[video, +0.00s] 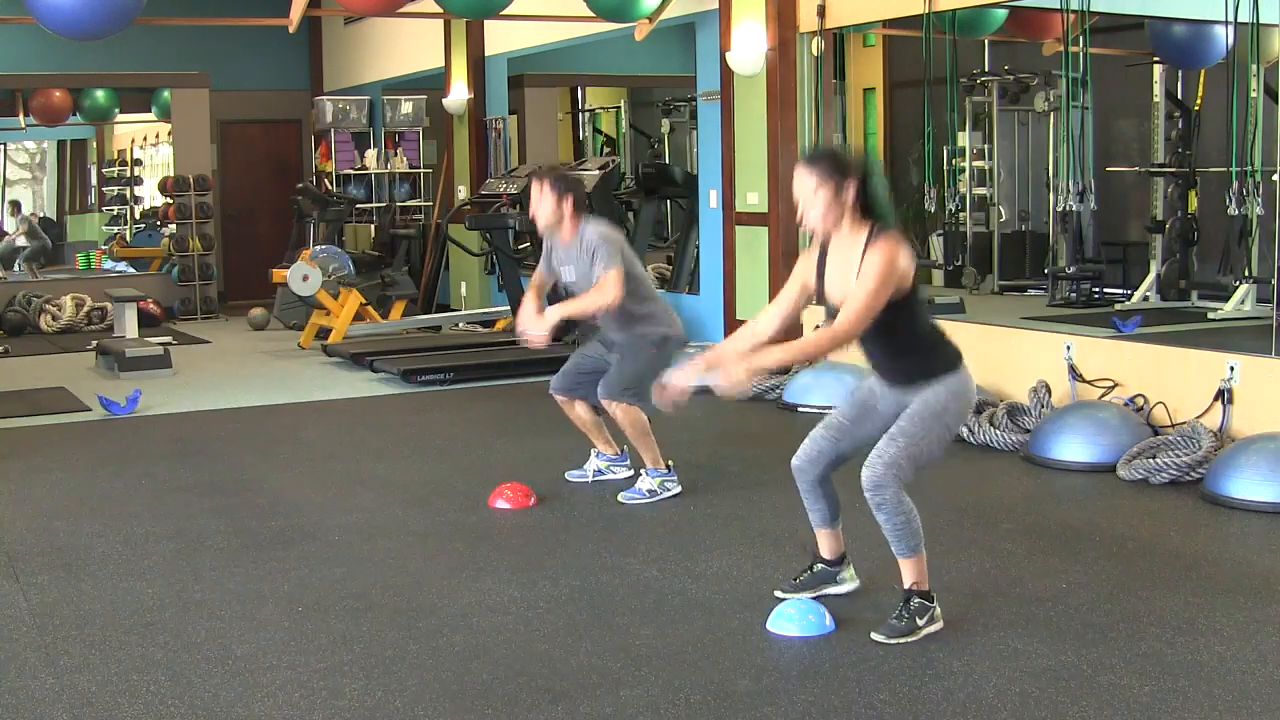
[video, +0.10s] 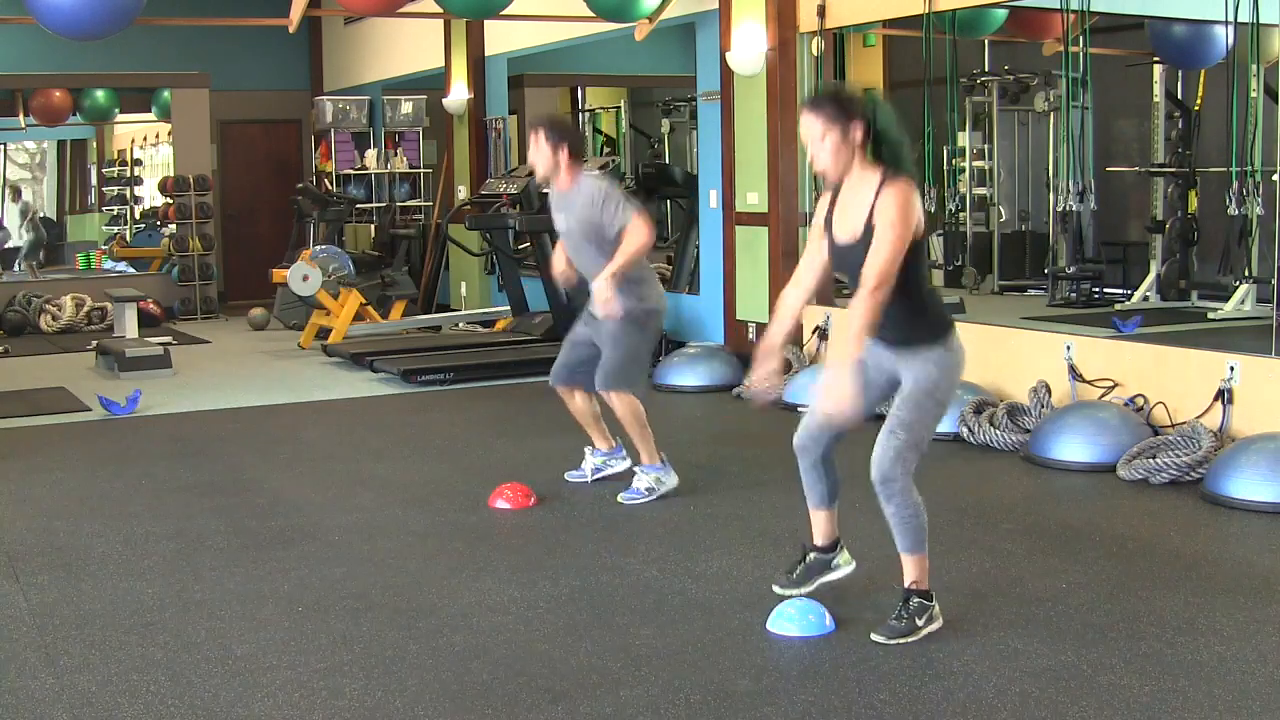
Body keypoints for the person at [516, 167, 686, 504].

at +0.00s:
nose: (532, 209)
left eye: (539, 200)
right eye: (532, 200)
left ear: (566, 203)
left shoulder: (600, 236)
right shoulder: (553, 240)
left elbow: (611, 293)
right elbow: (538, 285)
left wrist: (554, 314)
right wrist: (530, 314)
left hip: (652, 333)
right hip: (612, 335)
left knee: (615, 395)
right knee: (565, 390)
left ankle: (660, 473)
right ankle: (611, 458)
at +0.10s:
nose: (530, 159)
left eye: (536, 149)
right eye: (530, 149)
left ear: (560, 151)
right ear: (555, 153)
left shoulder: (597, 188)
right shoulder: (557, 192)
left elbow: (642, 230)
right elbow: (578, 228)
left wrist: (608, 275)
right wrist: (563, 253)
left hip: (635, 303)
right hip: (599, 302)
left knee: (614, 385)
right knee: (567, 380)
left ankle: (656, 468)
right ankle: (607, 451)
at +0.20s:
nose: (530, 120)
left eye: (534, 111)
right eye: (529, 111)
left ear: (560, 113)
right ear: (557, 114)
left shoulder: (601, 150)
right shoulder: (563, 156)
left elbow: (657, 186)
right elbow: (598, 205)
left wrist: (633, 235)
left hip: (619, 279)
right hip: (587, 278)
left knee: (600, 362)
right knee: (571, 364)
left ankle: (632, 451)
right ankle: (602, 443)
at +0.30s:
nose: (532, 108)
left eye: (537, 100)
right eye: (531, 100)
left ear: (562, 102)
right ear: (559, 103)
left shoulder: (606, 138)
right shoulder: (560, 144)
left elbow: (659, 179)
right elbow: (580, 190)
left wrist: (636, 225)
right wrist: (570, 221)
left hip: (615, 265)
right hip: (584, 262)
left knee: (582, 351)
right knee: (578, 353)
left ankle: (582, 444)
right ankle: (606, 440)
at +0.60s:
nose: (545, 109)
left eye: (551, 100)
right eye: (544, 101)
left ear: (579, 101)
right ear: (565, 103)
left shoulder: (611, 141)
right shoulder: (563, 147)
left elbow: (647, 192)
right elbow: (568, 193)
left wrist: (590, 206)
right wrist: (540, 199)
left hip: (613, 272)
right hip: (583, 273)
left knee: (581, 357)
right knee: (582, 359)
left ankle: (579, 451)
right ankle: (609, 447)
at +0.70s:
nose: (544, 111)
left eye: (549, 102)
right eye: (542, 103)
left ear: (578, 102)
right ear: (565, 105)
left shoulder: (613, 140)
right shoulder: (566, 146)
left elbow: (637, 195)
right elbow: (578, 196)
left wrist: (573, 199)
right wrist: (545, 199)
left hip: (622, 273)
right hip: (591, 274)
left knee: (597, 359)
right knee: (577, 361)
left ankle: (618, 454)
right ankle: (601, 446)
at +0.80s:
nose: (541, 141)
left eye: (547, 131)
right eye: (540, 132)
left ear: (575, 129)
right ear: (559, 133)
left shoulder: (609, 169)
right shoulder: (565, 174)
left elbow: (619, 227)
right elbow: (574, 220)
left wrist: (557, 217)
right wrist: (541, 216)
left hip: (634, 294)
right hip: (602, 293)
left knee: (610, 379)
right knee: (575, 377)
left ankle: (648, 469)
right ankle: (604, 456)